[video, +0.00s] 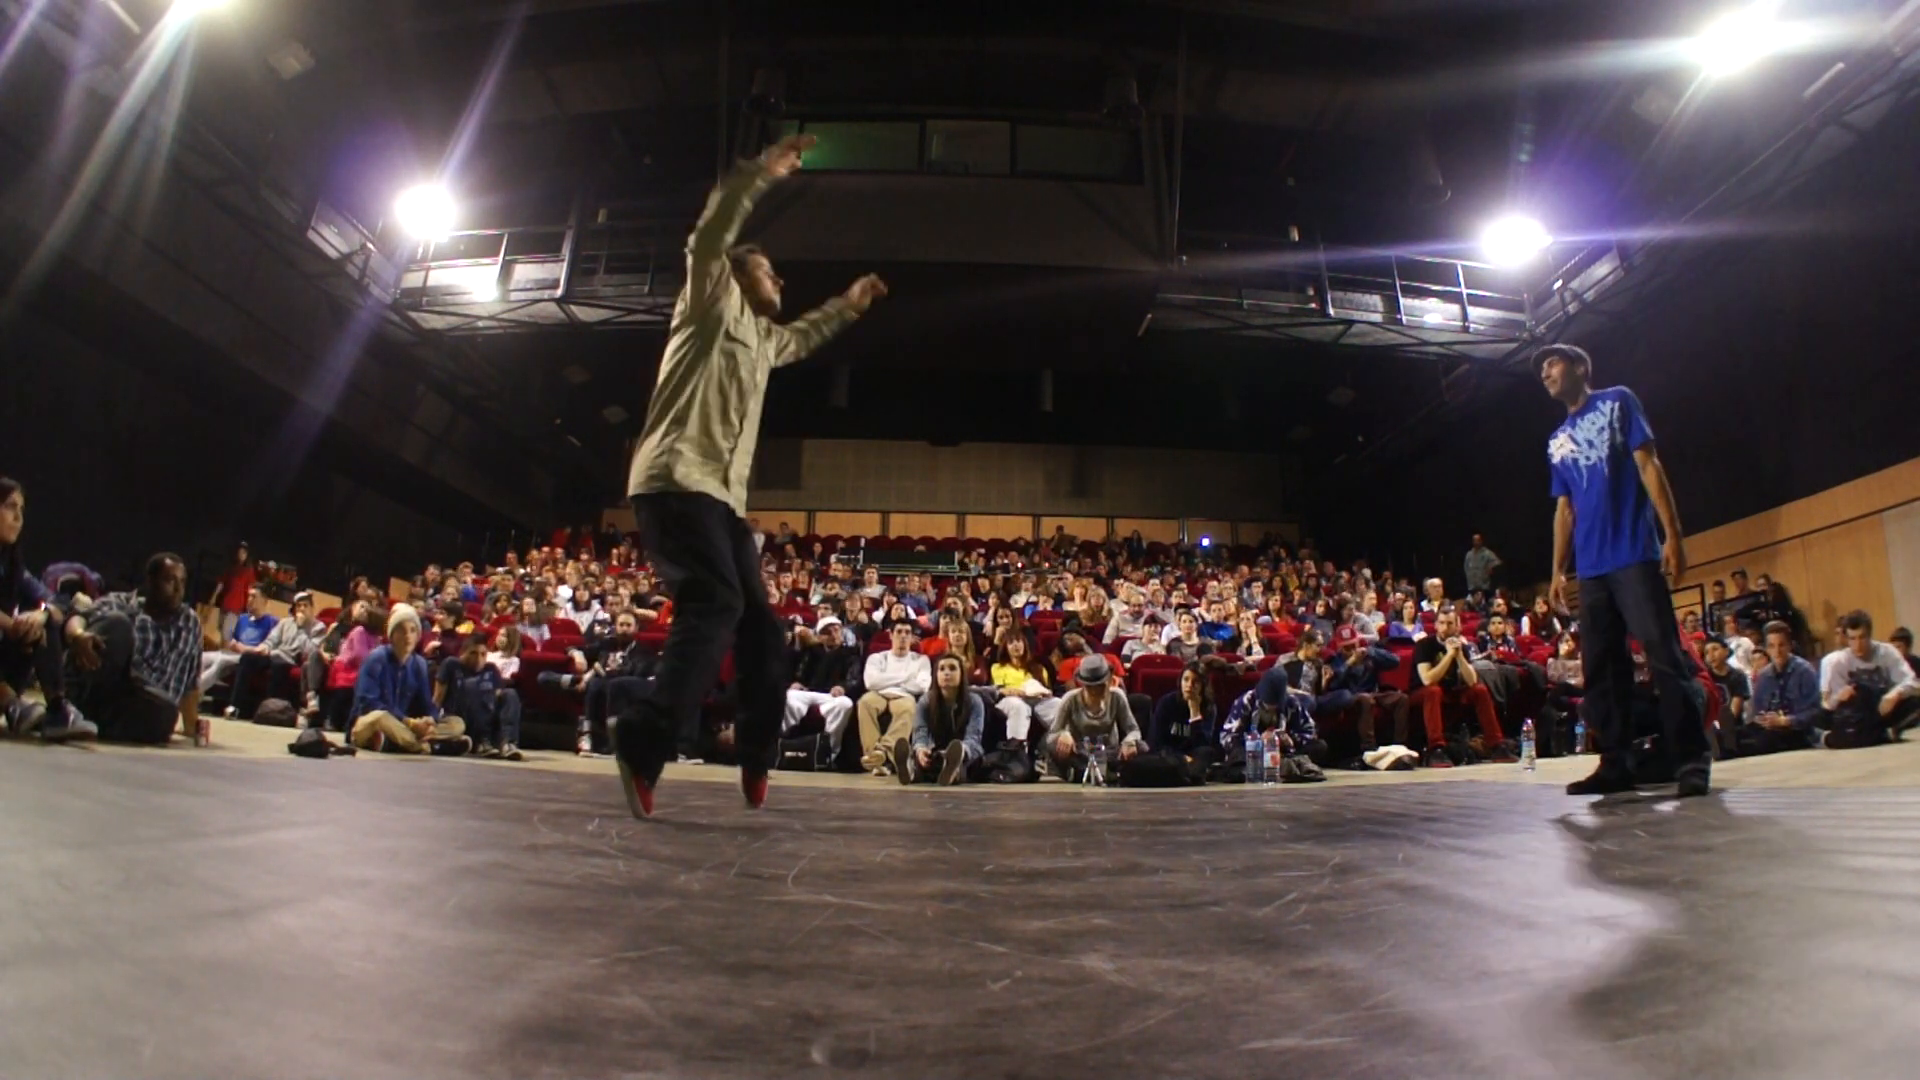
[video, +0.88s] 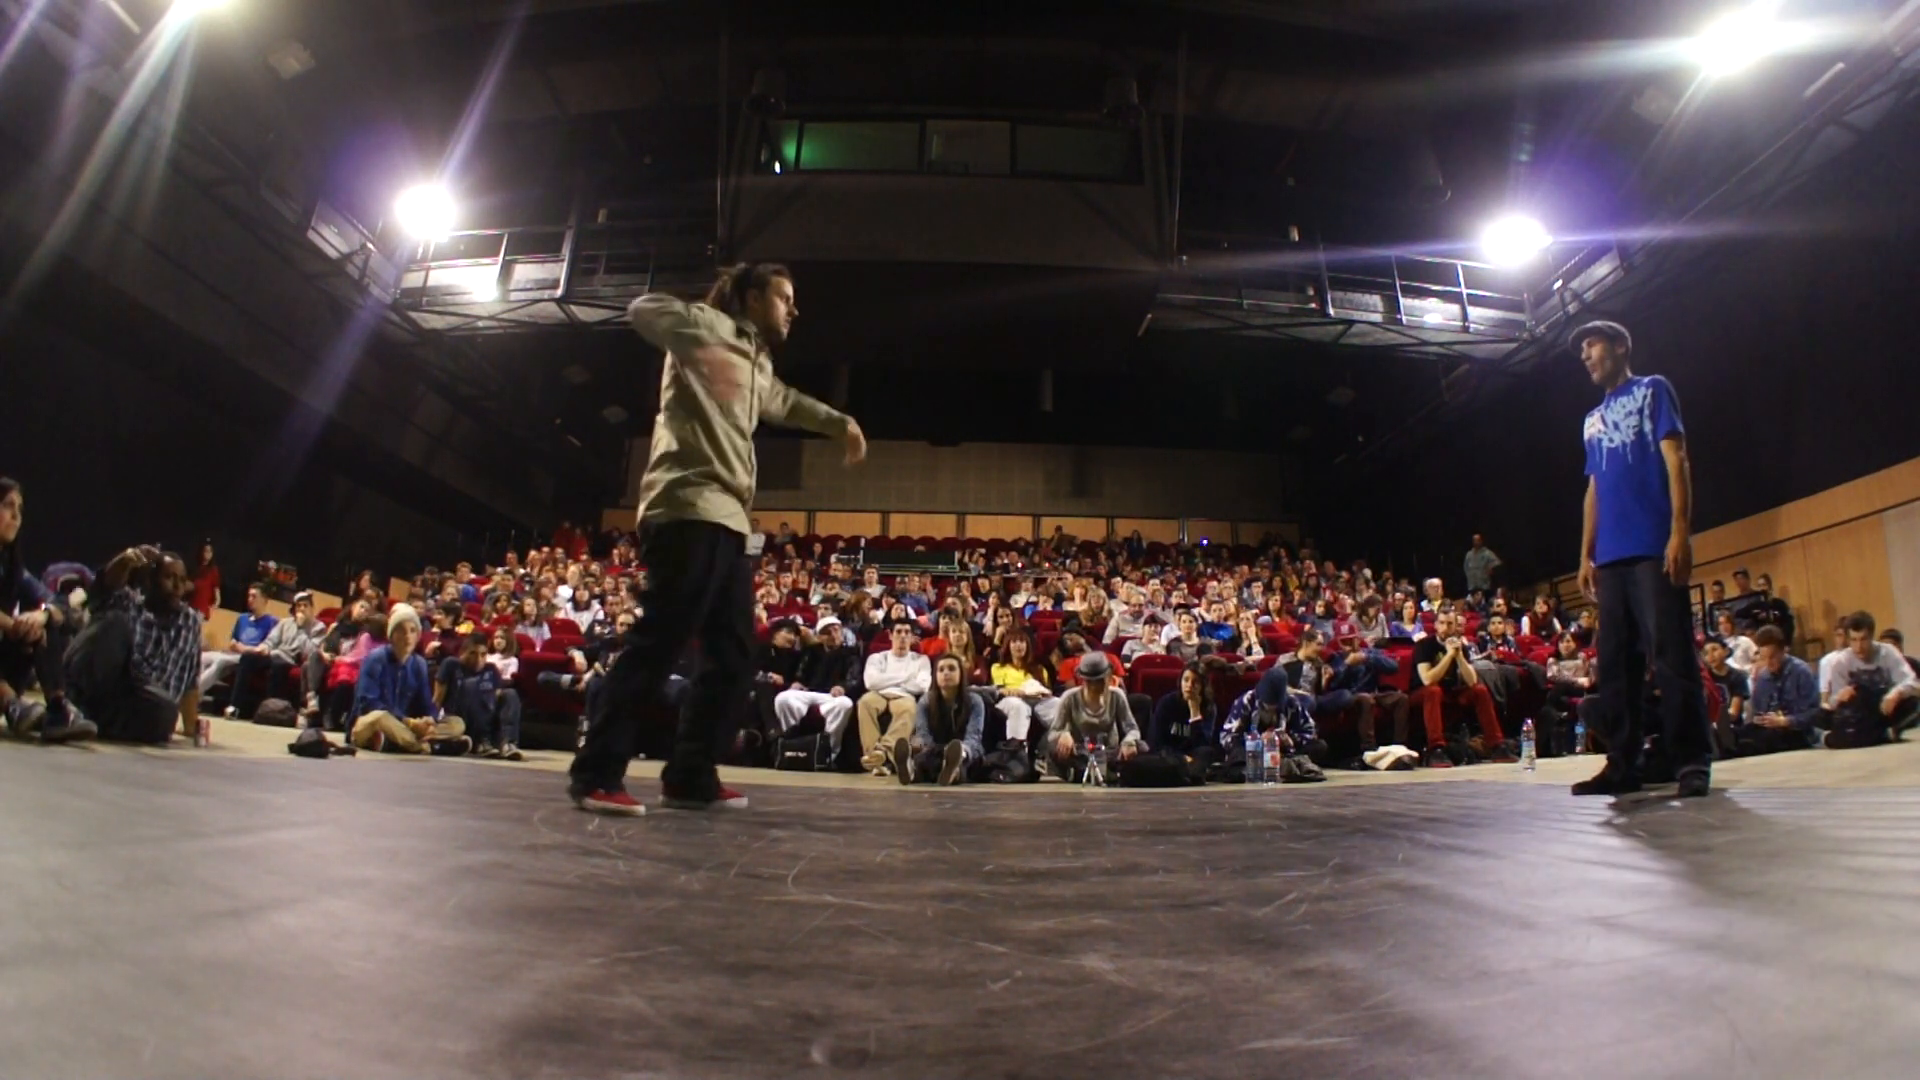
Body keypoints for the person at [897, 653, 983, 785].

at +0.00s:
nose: (947, 673)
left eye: (952, 668)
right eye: (942, 669)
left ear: (961, 674)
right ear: (936, 674)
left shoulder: (974, 701)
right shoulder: (925, 701)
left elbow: (974, 738)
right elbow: (920, 731)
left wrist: (961, 751)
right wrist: (920, 748)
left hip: (962, 750)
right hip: (934, 750)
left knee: (955, 762)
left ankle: (949, 773)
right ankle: (910, 768)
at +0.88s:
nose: (946, 673)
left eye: (951, 669)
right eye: (941, 670)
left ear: (961, 674)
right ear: (935, 675)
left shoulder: (974, 701)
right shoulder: (925, 702)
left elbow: (974, 737)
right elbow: (922, 735)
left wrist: (962, 751)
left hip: (963, 749)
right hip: (935, 749)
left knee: (956, 762)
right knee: (927, 759)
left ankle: (949, 773)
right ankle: (912, 768)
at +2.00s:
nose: (945, 673)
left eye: (951, 668)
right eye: (941, 669)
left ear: (962, 674)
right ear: (936, 674)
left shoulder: (974, 701)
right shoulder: (925, 701)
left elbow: (974, 736)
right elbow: (921, 729)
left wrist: (962, 750)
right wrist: (922, 747)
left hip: (963, 748)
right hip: (934, 748)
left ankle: (950, 773)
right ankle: (912, 768)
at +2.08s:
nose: (945, 673)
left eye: (951, 668)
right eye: (941, 669)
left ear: (962, 674)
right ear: (935, 674)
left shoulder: (974, 701)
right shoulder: (925, 701)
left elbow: (974, 735)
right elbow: (921, 729)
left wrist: (962, 751)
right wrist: (922, 747)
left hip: (963, 749)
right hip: (934, 749)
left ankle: (949, 773)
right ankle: (912, 768)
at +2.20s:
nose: (945, 673)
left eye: (951, 668)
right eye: (940, 669)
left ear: (961, 674)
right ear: (935, 674)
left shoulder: (974, 701)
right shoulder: (925, 701)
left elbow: (974, 735)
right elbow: (920, 729)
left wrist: (962, 751)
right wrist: (922, 747)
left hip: (963, 749)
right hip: (934, 749)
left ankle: (949, 773)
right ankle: (912, 769)